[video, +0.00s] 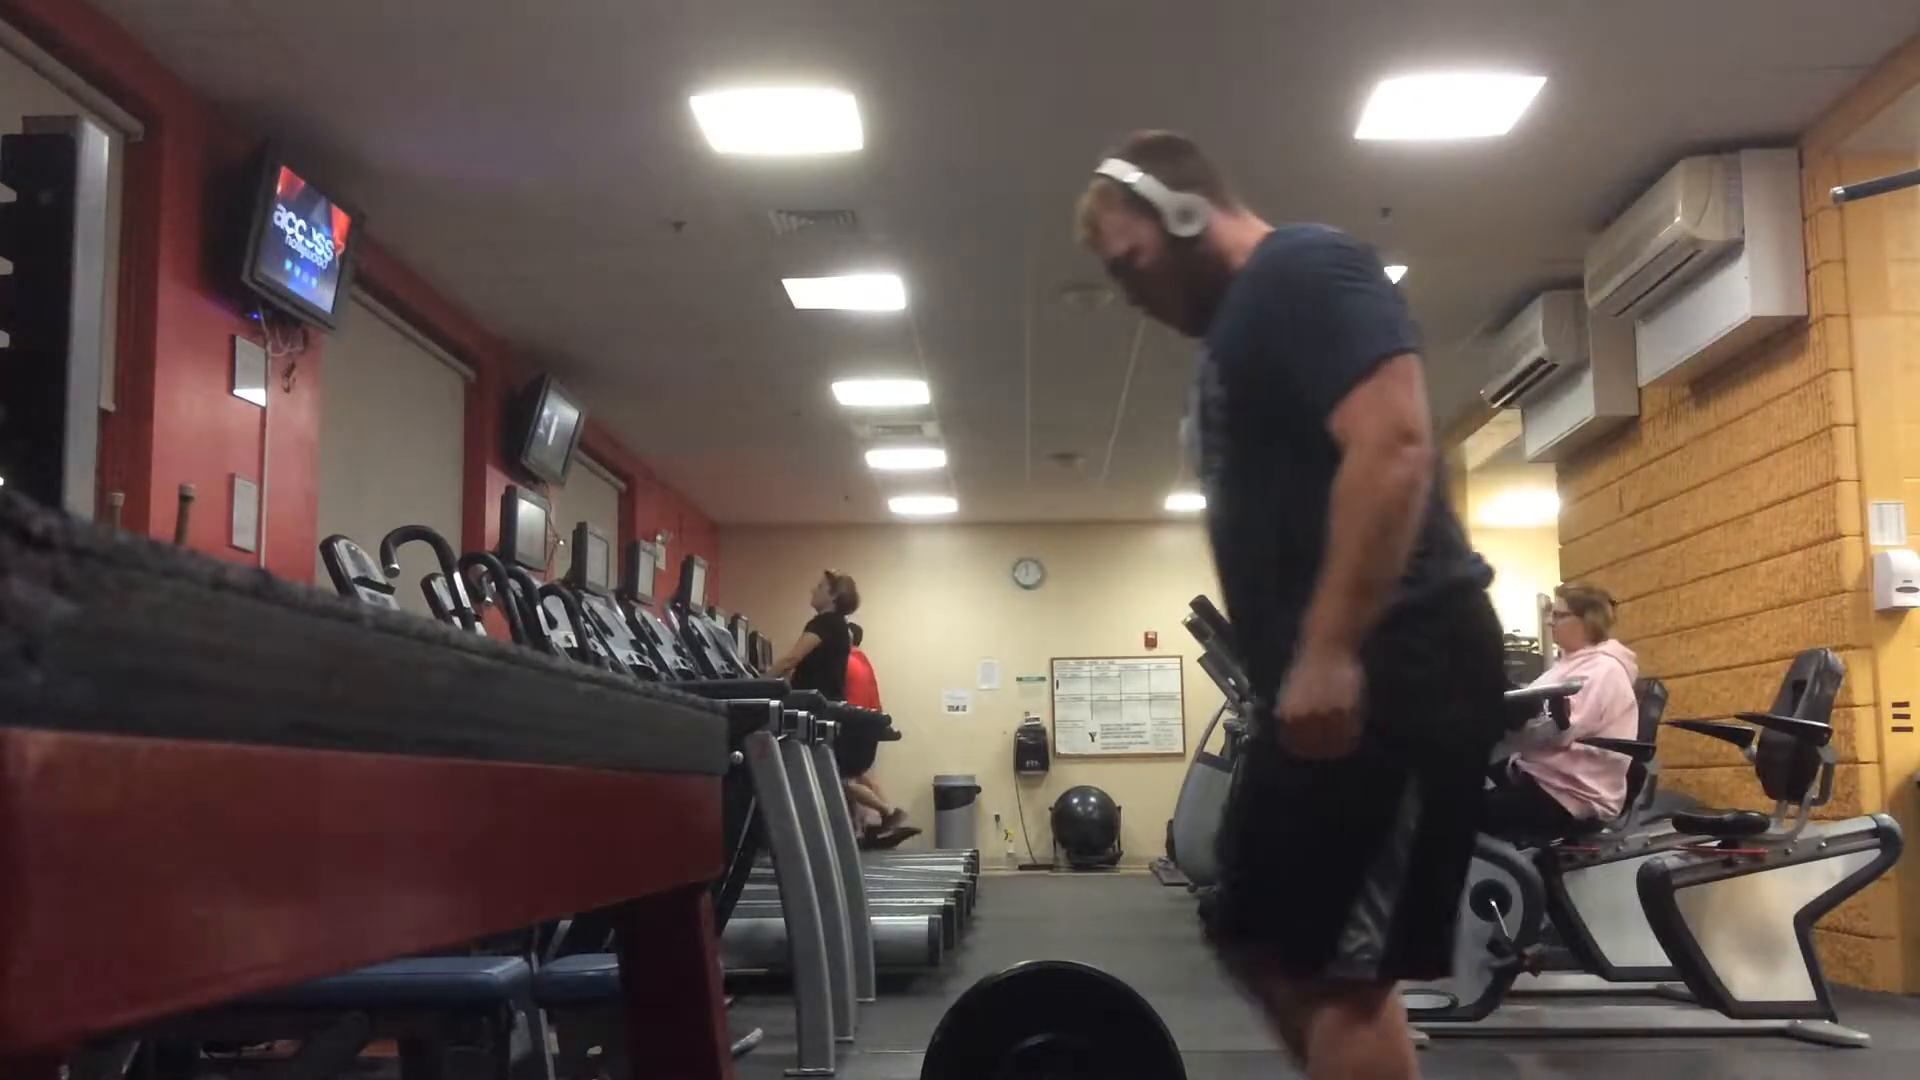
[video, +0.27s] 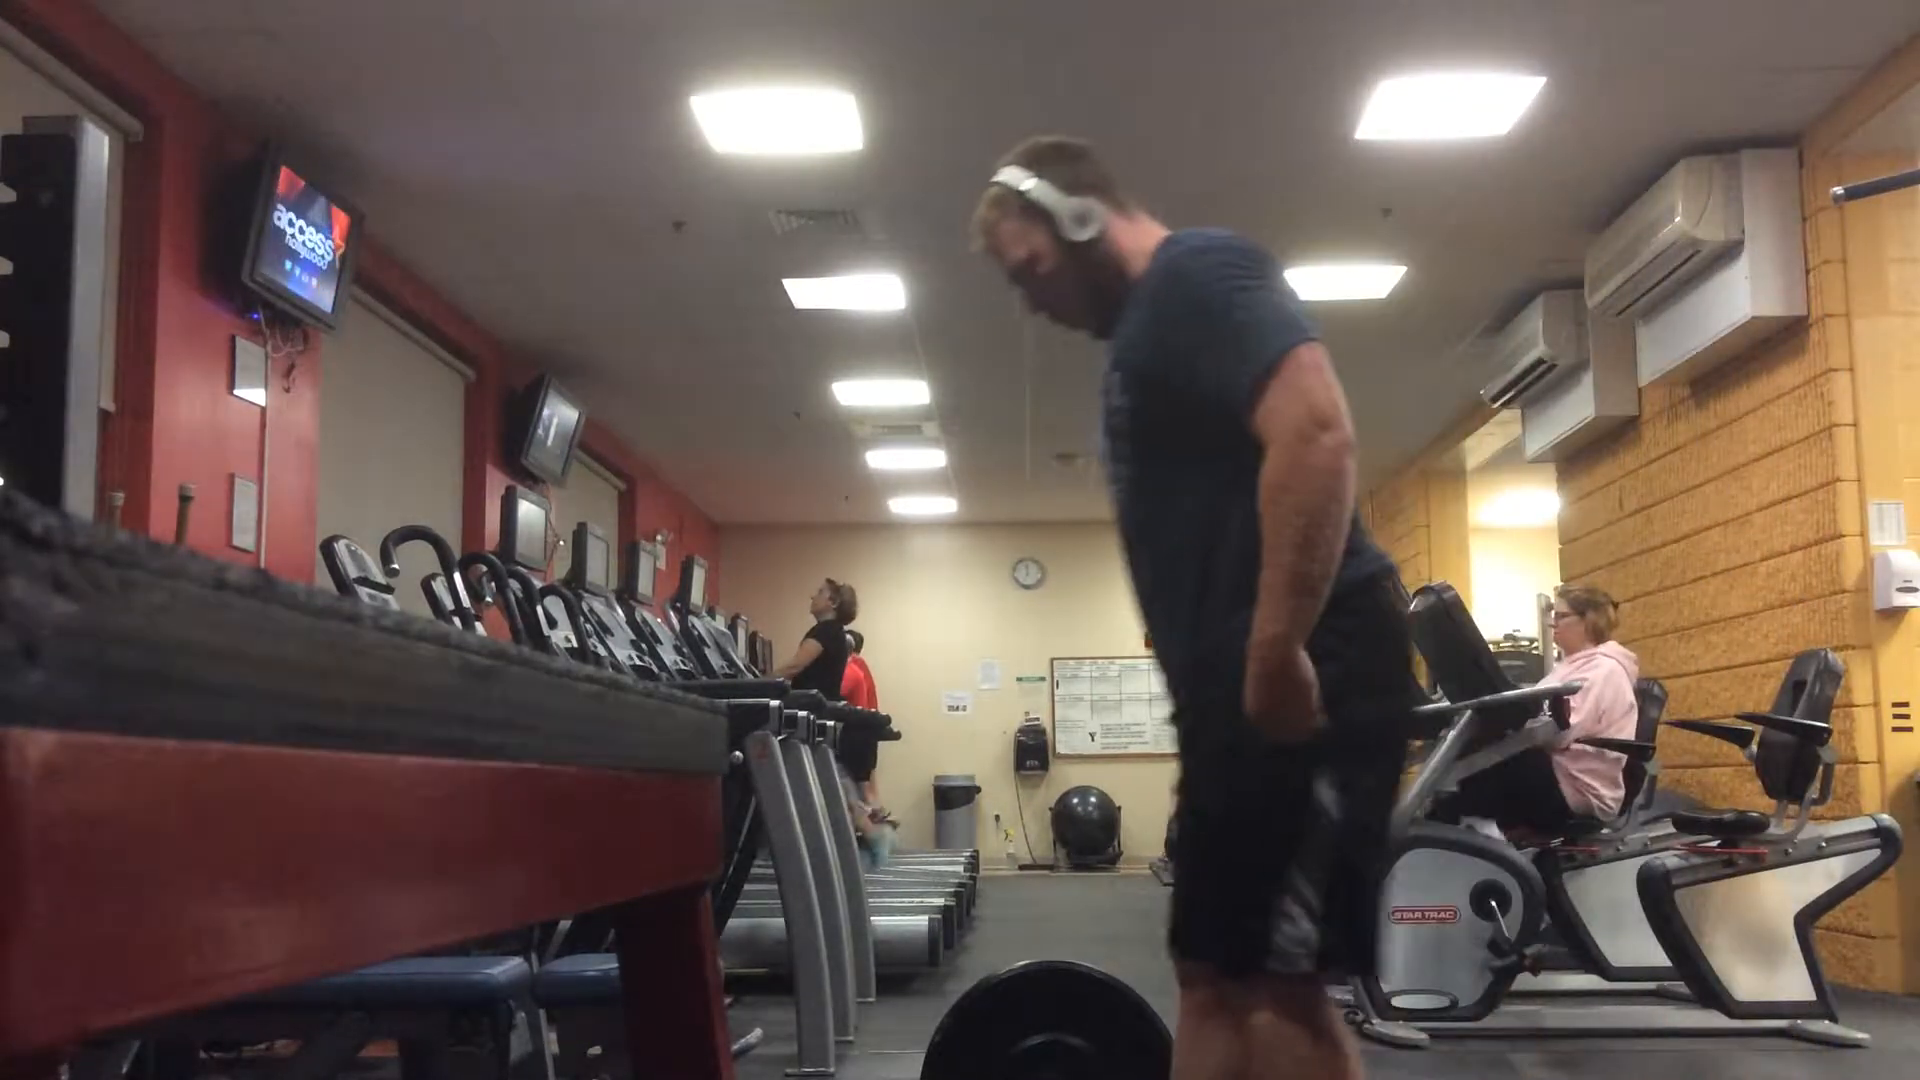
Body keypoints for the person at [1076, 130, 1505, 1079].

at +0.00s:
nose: (1127, 294)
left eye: (1127, 263)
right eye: (1114, 277)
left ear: (1190, 216)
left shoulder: (1301, 268)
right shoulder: (1237, 335)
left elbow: (1395, 448)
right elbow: (1303, 507)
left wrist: (1329, 644)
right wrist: (1276, 652)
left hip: (1400, 659)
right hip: (1327, 669)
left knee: (1342, 977)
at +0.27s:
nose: (1030, 302)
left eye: (1030, 272)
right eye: (1019, 285)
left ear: (1089, 221)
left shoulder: (1197, 273)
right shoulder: (1139, 339)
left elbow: (1317, 433)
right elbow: (1211, 520)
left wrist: (1277, 643)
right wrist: (1200, 689)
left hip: (1302, 667)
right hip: (1231, 677)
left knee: (1275, 987)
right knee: (1212, 976)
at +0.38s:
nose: (993, 312)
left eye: (993, 283)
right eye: (981, 296)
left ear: (1051, 231)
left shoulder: (1163, 280)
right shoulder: (1107, 351)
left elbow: (1296, 423)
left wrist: (1250, 625)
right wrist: (1179, 653)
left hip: (1261, 672)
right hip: (1204, 683)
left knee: (1196, 959)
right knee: (1182, 958)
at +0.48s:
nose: (960, 324)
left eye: (958, 294)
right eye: (948, 307)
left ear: (1008, 241)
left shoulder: (1137, 283)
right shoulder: (1067, 375)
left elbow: (1283, 413)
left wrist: (1223, 603)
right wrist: (1146, 653)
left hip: (1257, 657)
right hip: (1178, 678)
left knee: (1121, 921)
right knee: (1148, 933)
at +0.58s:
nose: (930, 329)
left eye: (928, 298)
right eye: (917, 310)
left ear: (976, 247)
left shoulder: (1108, 285)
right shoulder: (1039, 390)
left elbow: (1258, 417)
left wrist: (1203, 616)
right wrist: (1125, 667)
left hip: (1239, 657)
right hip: (1163, 679)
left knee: (1126, 932)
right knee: (1160, 947)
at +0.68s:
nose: (911, 333)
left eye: (907, 302)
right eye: (896, 315)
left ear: (952, 248)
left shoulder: (1090, 292)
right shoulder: (1018, 396)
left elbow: (1227, 442)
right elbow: (1097, 557)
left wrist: (1170, 653)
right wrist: (1106, 718)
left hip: (1224, 655)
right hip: (1148, 680)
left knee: (1136, 948)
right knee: (1124, 952)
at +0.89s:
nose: (879, 341)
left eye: (872, 311)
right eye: (862, 324)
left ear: (918, 256)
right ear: (921, 260)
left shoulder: (1052, 303)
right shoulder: (1001, 373)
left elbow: (1157, 480)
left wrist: (1075, 687)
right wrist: (1073, 709)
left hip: (1216, 642)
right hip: (1151, 661)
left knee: (1124, 951)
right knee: (1071, 947)